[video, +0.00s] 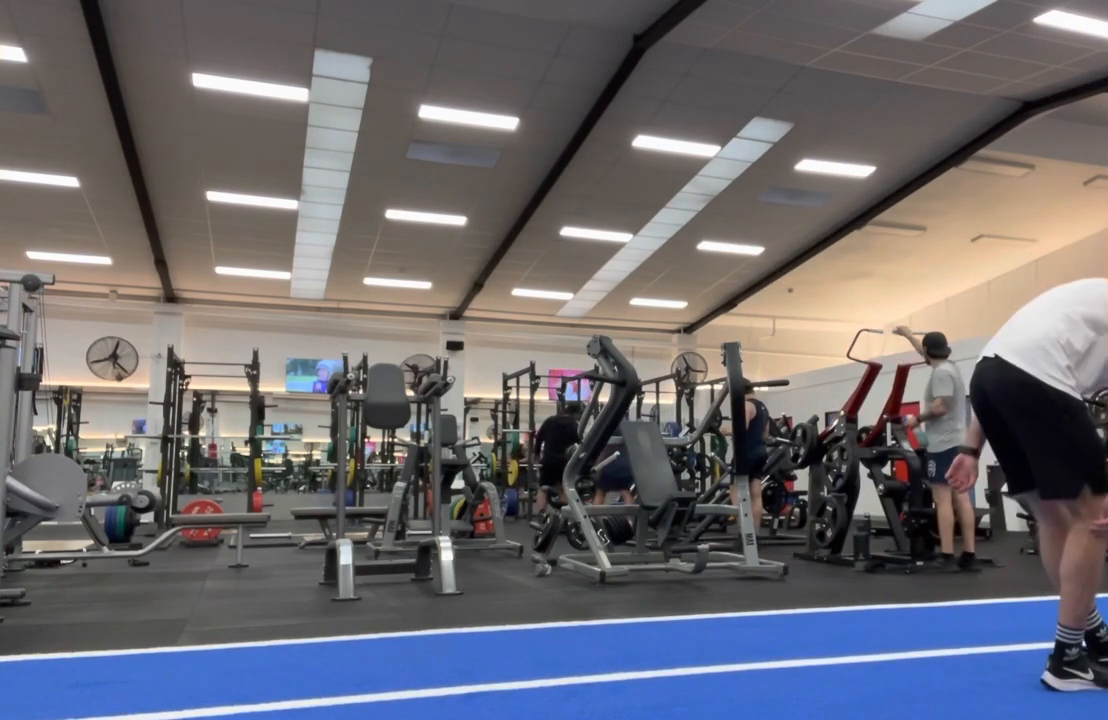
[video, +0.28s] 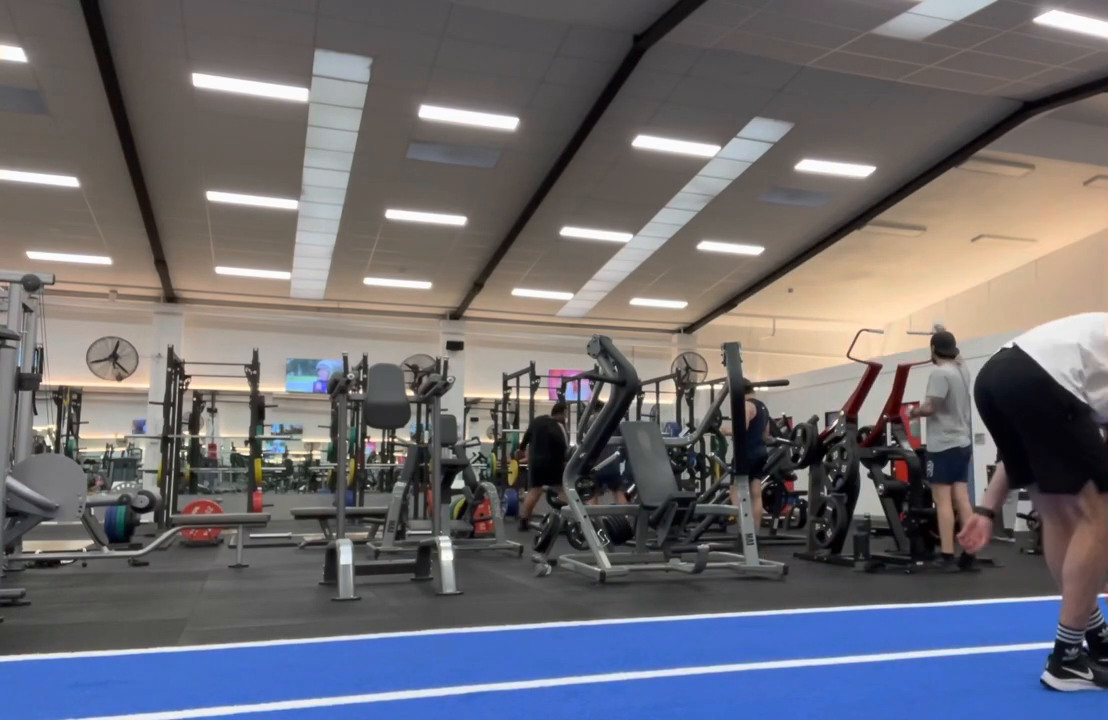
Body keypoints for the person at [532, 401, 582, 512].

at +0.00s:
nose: (579, 417)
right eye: (579, 414)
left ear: (565, 409)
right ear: (576, 413)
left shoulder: (550, 420)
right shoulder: (574, 424)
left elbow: (539, 437)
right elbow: (577, 441)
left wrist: (537, 454)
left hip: (549, 459)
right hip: (566, 460)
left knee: (543, 487)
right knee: (564, 488)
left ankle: (540, 513)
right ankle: (566, 514)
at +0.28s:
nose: (565, 418)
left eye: (565, 415)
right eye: (565, 415)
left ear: (552, 413)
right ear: (561, 414)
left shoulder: (538, 421)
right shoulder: (561, 426)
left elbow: (526, 437)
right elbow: (565, 446)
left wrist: (521, 449)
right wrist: (564, 460)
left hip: (536, 463)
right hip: (555, 465)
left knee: (534, 491)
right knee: (561, 491)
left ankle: (524, 520)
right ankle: (566, 519)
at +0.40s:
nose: (562, 418)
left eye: (562, 415)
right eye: (561, 415)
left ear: (547, 413)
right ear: (555, 413)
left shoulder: (534, 421)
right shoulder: (551, 425)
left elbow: (524, 439)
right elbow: (555, 446)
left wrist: (524, 452)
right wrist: (564, 459)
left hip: (533, 463)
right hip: (549, 464)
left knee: (529, 492)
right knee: (561, 490)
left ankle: (522, 521)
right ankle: (562, 520)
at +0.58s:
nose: (552, 417)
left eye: (552, 414)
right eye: (551, 414)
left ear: (540, 412)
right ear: (546, 413)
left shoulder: (529, 421)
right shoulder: (540, 423)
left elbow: (525, 443)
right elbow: (541, 444)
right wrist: (545, 462)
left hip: (525, 461)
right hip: (534, 462)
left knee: (525, 491)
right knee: (528, 491)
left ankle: (523, 521)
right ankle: (523, 521)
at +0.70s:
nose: (551, 416)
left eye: (551, 414)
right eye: (550, 413)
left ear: (540, 412)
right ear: (545, 413)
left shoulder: (541, 425)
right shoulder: (537, 423)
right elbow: (534, 443)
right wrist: (532, 461)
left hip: (536, 464)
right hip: (534, 464)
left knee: (530, 492)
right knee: (526, 491)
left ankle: (525, 520)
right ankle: (522, 521)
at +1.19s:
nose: (565, 425)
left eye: (565, 422)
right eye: (565, 421)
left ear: (555, 416)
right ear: (561, 419)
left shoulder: (542, 424)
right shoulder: (552, 427)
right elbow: (548, 447)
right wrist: (547, 466)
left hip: (529, 461)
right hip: (538, 463)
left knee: (534, 491)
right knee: (537, 492)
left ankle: (528, 516)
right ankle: (539, 519)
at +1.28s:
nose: (570, 432)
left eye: (572, 429)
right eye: (570, 429)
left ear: (561, 423)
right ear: (566, 426)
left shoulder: (549, 428)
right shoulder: (556, 432)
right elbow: (555, 453)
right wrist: (554, 471)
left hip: (529, 460)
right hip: (536, 463)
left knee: (534, 490)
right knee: (538, 491)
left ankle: (533, 516)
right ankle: (538, 517)